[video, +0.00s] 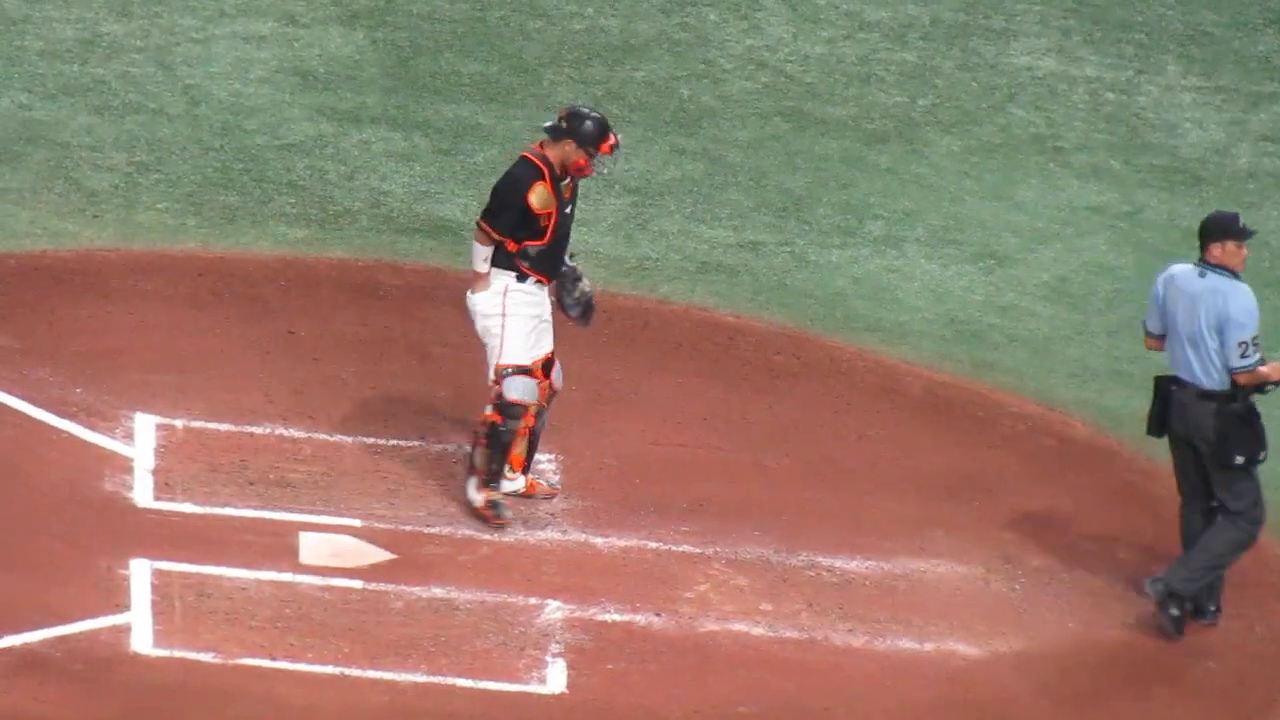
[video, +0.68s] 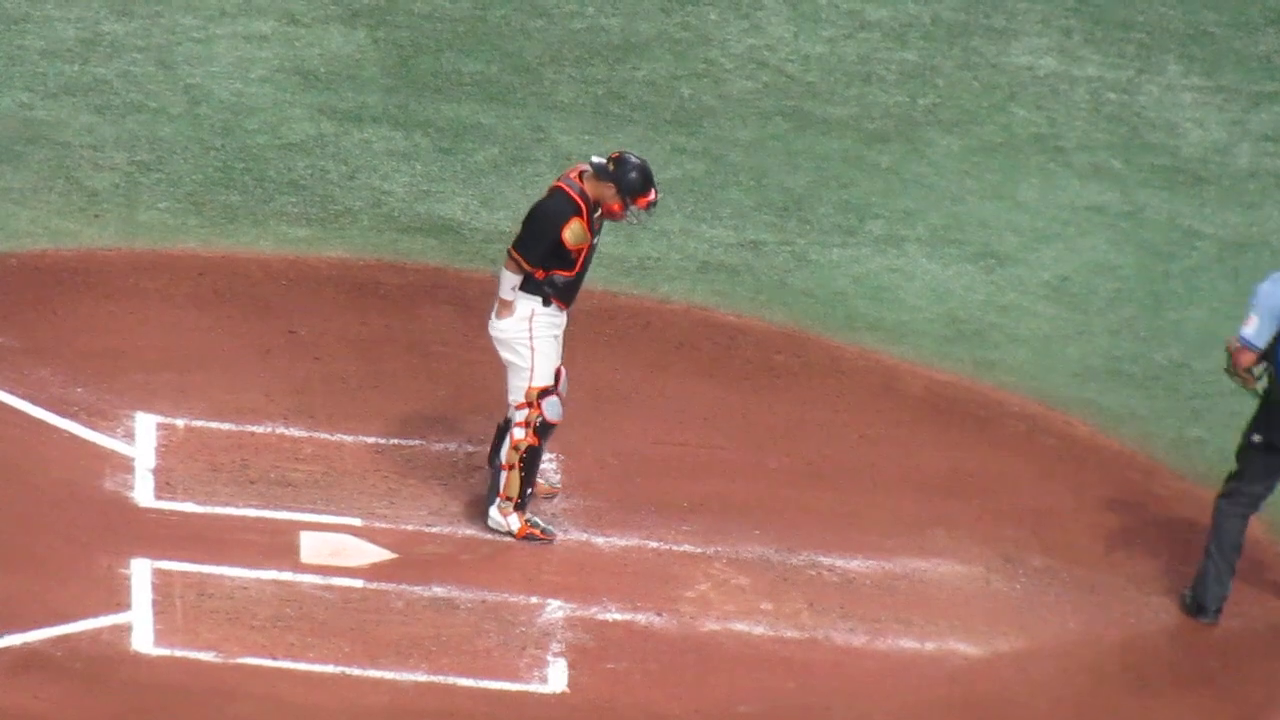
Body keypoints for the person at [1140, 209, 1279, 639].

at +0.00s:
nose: (1246, 251)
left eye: (1244, 244)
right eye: (1241, 245)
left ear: (1210, 249)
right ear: (1219, 249)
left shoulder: (1171, 277)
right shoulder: (1237, 296)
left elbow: (1154, 340)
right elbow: (1243, 374)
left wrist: (1200, 339)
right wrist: (1269, 372)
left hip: (1178, 404)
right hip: (1218, 413)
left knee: (1196, 504)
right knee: (1244, 515)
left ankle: (1205, 599)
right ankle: (1173, 588)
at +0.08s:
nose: (1256, 247)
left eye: (1254, 239)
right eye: (1250, 240)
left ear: (1218, 244)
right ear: (1229, 243)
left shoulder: (1179, 273)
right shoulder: (1247, 290)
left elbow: (1160, 339)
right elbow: (1253, 368)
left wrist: (1207, 340)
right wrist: (1276, 369)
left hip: (1188, 399)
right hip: (1230, 408)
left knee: (1199, 496)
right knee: (1264, 505)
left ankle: (1204, 594)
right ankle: (1201, 584)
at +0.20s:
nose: (1267, 239)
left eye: (1265, 232)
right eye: (1263, 233)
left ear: (1227, 237)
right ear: (1247, 237)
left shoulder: (1188, 271)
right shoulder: (1264, 284)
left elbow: (1168, 336)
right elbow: (1269, 361)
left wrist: (1215, 339)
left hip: (1202, 396)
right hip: (1249, 401)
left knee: (1205, 496)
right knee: (1273, 494)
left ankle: (1204, 594)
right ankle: (1255, 592)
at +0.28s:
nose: (1273, 240)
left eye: (1270, 233)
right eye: (1270, 234)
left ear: (1233, 236)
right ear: (1257, 238)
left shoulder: (1196, 274)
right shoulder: (1273, 284)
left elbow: (1171, 339)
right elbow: (1278, 361)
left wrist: (1216, 336)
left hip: (1214, 397)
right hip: (1262, 401)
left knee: (1208, 497)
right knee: (1276, 499)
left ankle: (1205, 599)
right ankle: (1277, 601)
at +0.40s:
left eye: (1279, 233)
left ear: (1245, 235)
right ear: (1276, 237)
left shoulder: (1212, 276)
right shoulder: (1278, 274)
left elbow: (1181, 341)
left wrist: (1224, 331)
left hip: (1231, 398)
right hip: (1275, 399)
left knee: (1214, 496)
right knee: (1279, 493)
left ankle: (1206, 598)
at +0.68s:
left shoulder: (1273, 288)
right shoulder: (1271, 289)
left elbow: (1245, 358)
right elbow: (1247, 356)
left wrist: (1239, 360)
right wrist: (1245, 360)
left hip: (1274, 417)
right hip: (1272, 416)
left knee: (1238, 501)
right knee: (1237, 501)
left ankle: (1208, 600)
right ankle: (1209, 599)